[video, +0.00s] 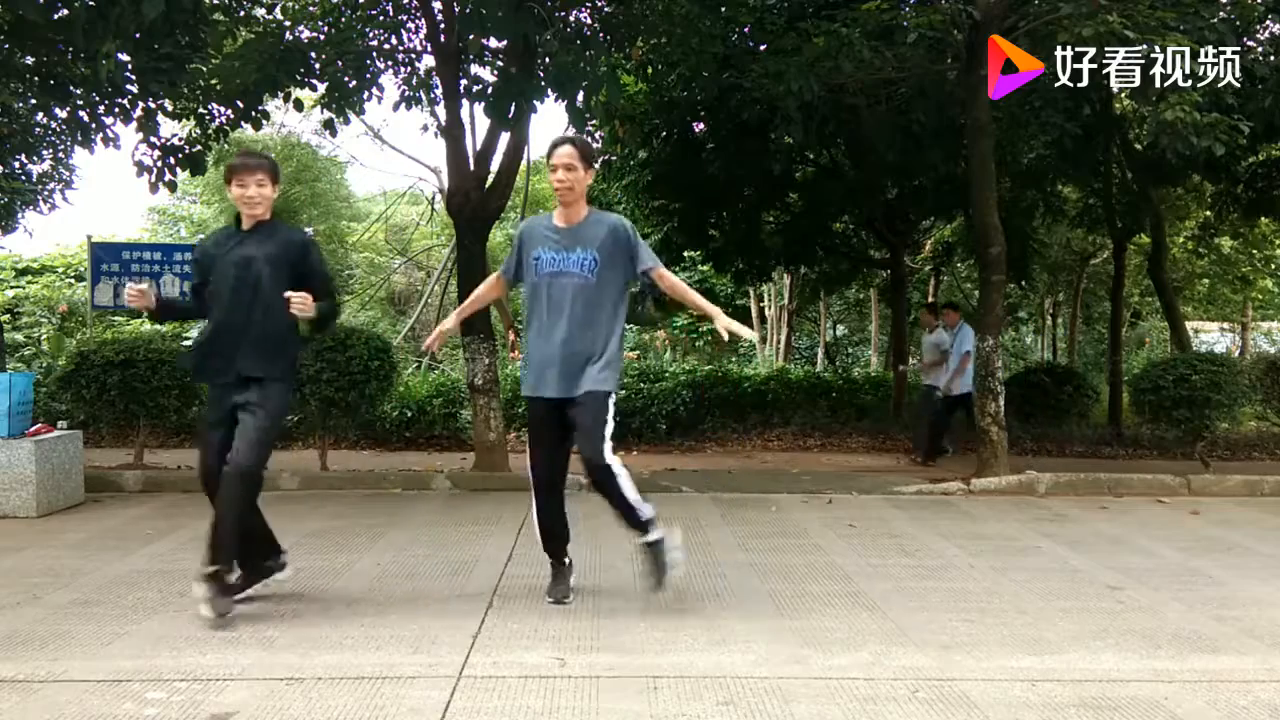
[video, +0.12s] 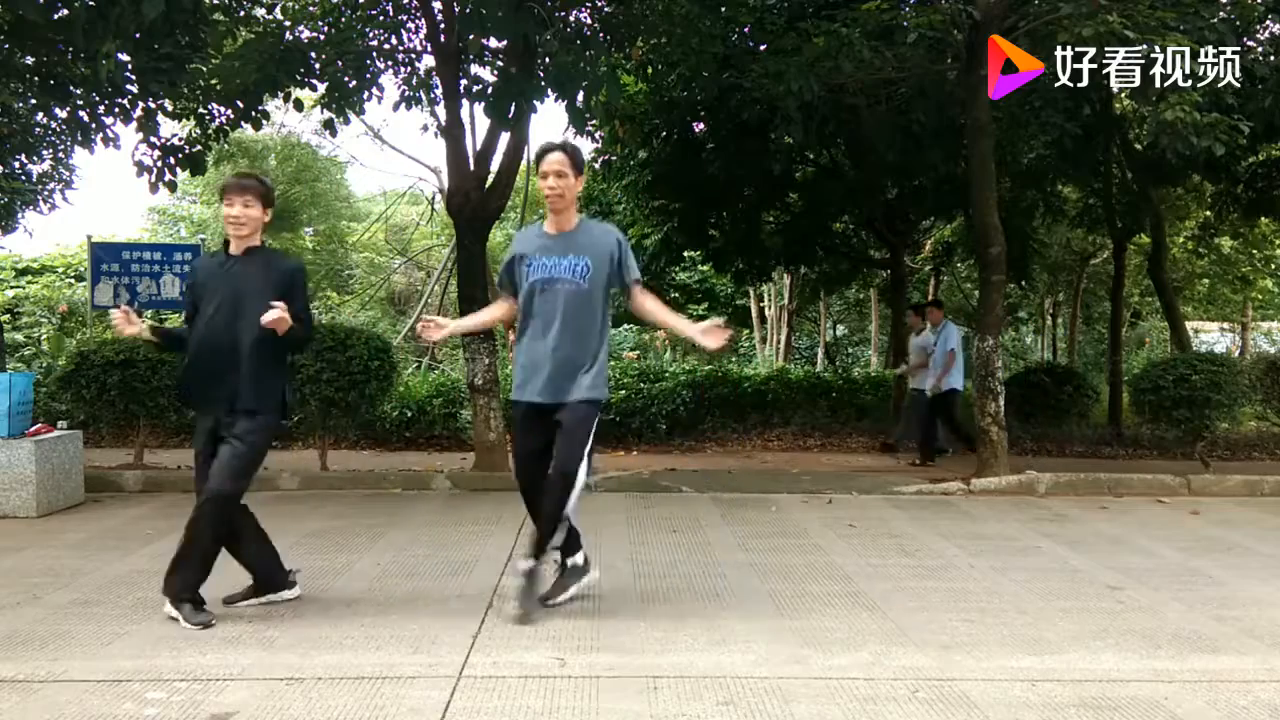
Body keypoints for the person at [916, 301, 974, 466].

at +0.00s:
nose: (945, 319)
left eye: (947, 315)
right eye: (943, 315)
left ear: (957, 315)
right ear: (945, 317)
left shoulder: (965, 331)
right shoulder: (954, 333)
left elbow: (965, 359)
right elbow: (953, 359)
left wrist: (950, 382)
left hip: (962, 388)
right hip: (951, 388)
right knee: (937, 423)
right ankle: (929, 455)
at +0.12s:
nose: (928, 317)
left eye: (931, 313)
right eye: (927, 314)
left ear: (940, 312)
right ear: (930, 315)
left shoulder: (950, 329)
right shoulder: (938, 332)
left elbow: (951, 357)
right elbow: (933, 360)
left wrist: (939, 380)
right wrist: (913, 368)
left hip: (949, 384)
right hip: (935, 385)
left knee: (950, 420)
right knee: (928, 422)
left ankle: (974, 445)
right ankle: (926, 456)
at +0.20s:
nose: (922, 316)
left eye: (924, 312)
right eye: (921, 313)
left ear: (933, 311)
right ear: (925, 314)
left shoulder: (944, 329)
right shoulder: (930, 331)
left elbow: (948, 354)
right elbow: (926, 358)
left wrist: (938, 379)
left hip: (940, 384)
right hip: (928, 384)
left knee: (930, 419)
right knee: (929, 420)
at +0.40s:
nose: (901, 316)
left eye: (904, 312)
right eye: (900, 312)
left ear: (914, 312)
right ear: (902, 314)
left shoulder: (925, 330)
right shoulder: (909, 332)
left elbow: (932, 355)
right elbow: (905, 358)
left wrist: (936, 380)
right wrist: (886, 366)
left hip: (920, 381)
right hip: (907, 382)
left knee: (905, 418)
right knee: (918, 420)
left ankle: (902, 455)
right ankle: (926, 455)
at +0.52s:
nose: (886, 317)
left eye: (889, 313)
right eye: (886, 313)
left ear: (900, 314)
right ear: (888, 315)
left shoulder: (910, 332)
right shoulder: (892, 333)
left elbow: (919, 358)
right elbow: (891, 359)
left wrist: (929, 380)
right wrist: (873, 363)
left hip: (905, 385)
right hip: (894, 385)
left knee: (884, 420)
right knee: (909, 422)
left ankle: (870, 457)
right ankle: (925, 455)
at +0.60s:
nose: (879, 317)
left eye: (882, 313)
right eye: (878, 314)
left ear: (892, 313)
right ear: (881, 315)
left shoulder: (902, 332)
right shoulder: (885, 333)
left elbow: (911, 357)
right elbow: (884, 360)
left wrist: (918, 373)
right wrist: (867, 364)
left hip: (896, 385)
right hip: (885, 385)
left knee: (880, 422)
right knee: (902, 421)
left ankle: (868, 459)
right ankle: (922, 453)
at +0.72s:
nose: (864, 316)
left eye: (867, 312)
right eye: (863, 312)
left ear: (876, 311)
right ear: (865, 314)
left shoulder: (886, 328)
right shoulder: (871, 331)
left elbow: (893, 356)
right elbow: (870, 361)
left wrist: (901, 382)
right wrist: (854, 372)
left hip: (882, 384)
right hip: (869, 384)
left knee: (873, 423)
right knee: (875, 422)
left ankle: (867, 459)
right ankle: (902, 443)